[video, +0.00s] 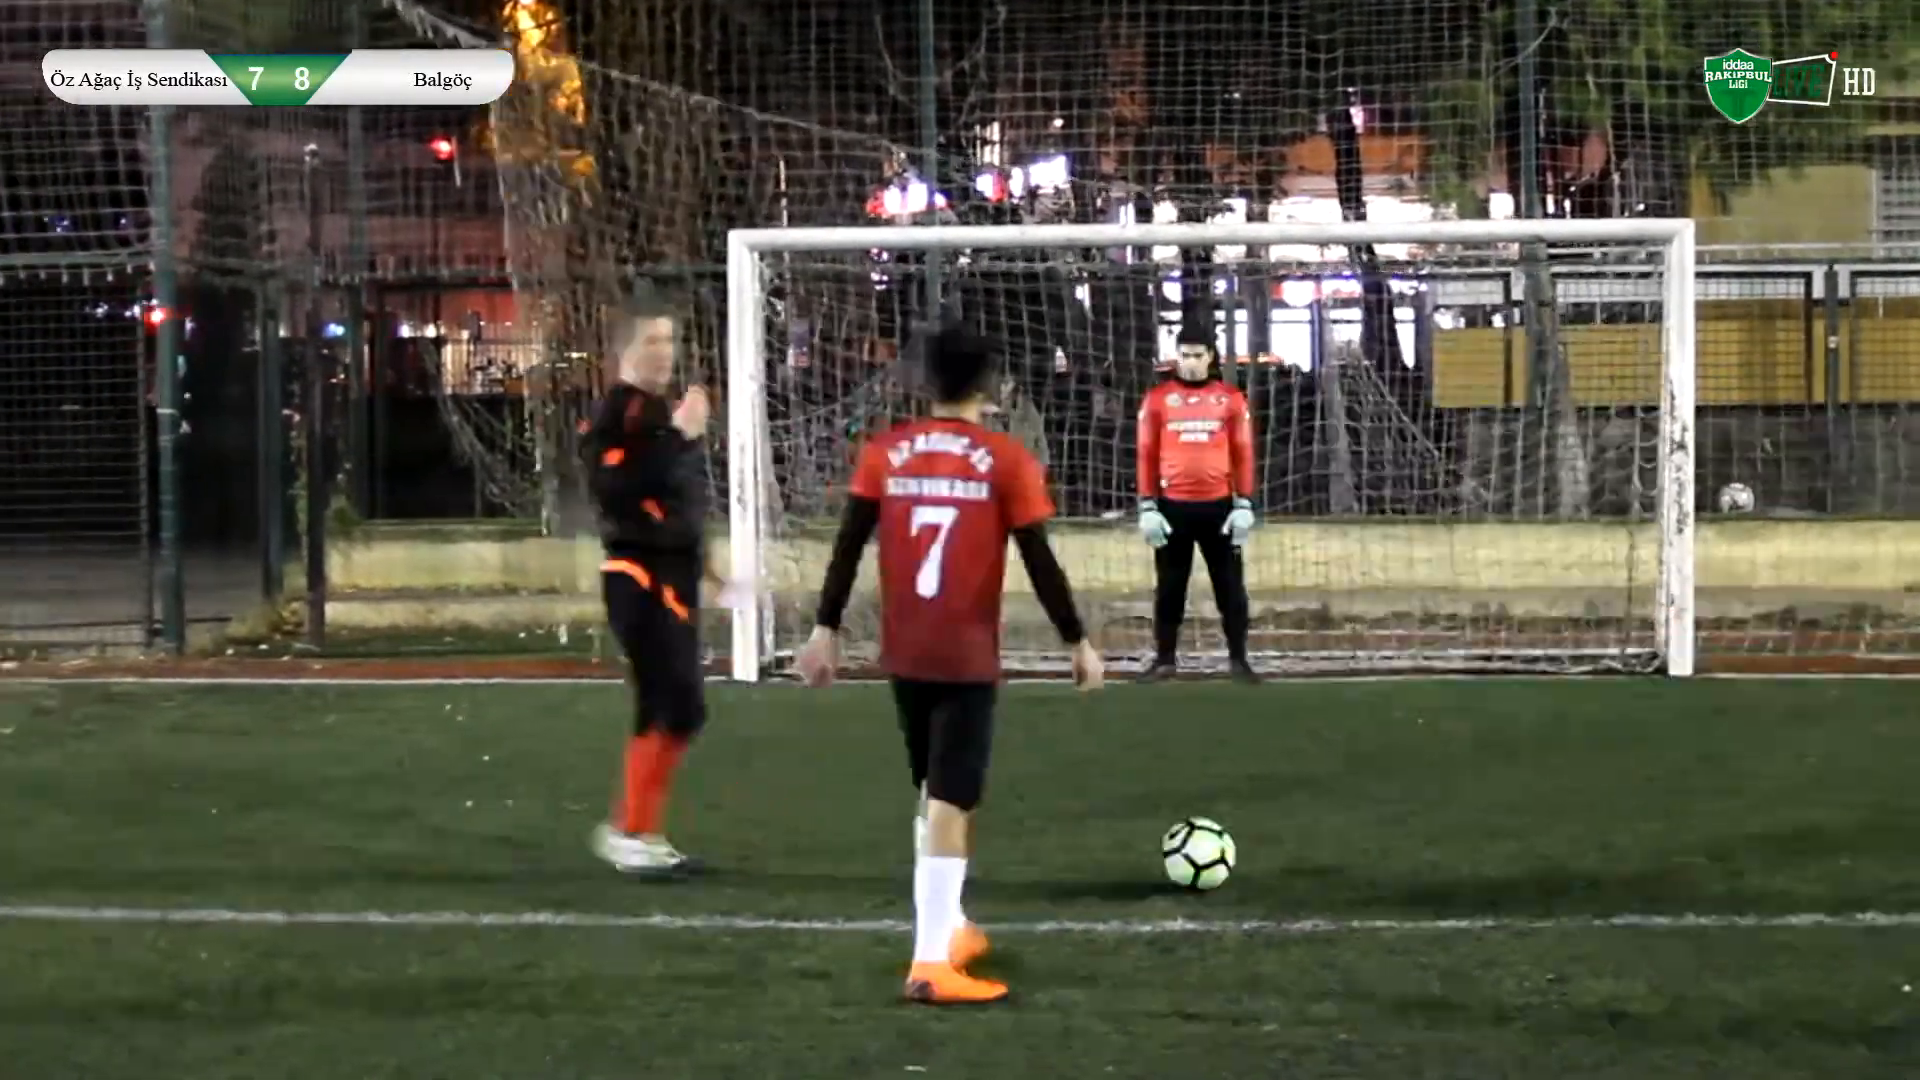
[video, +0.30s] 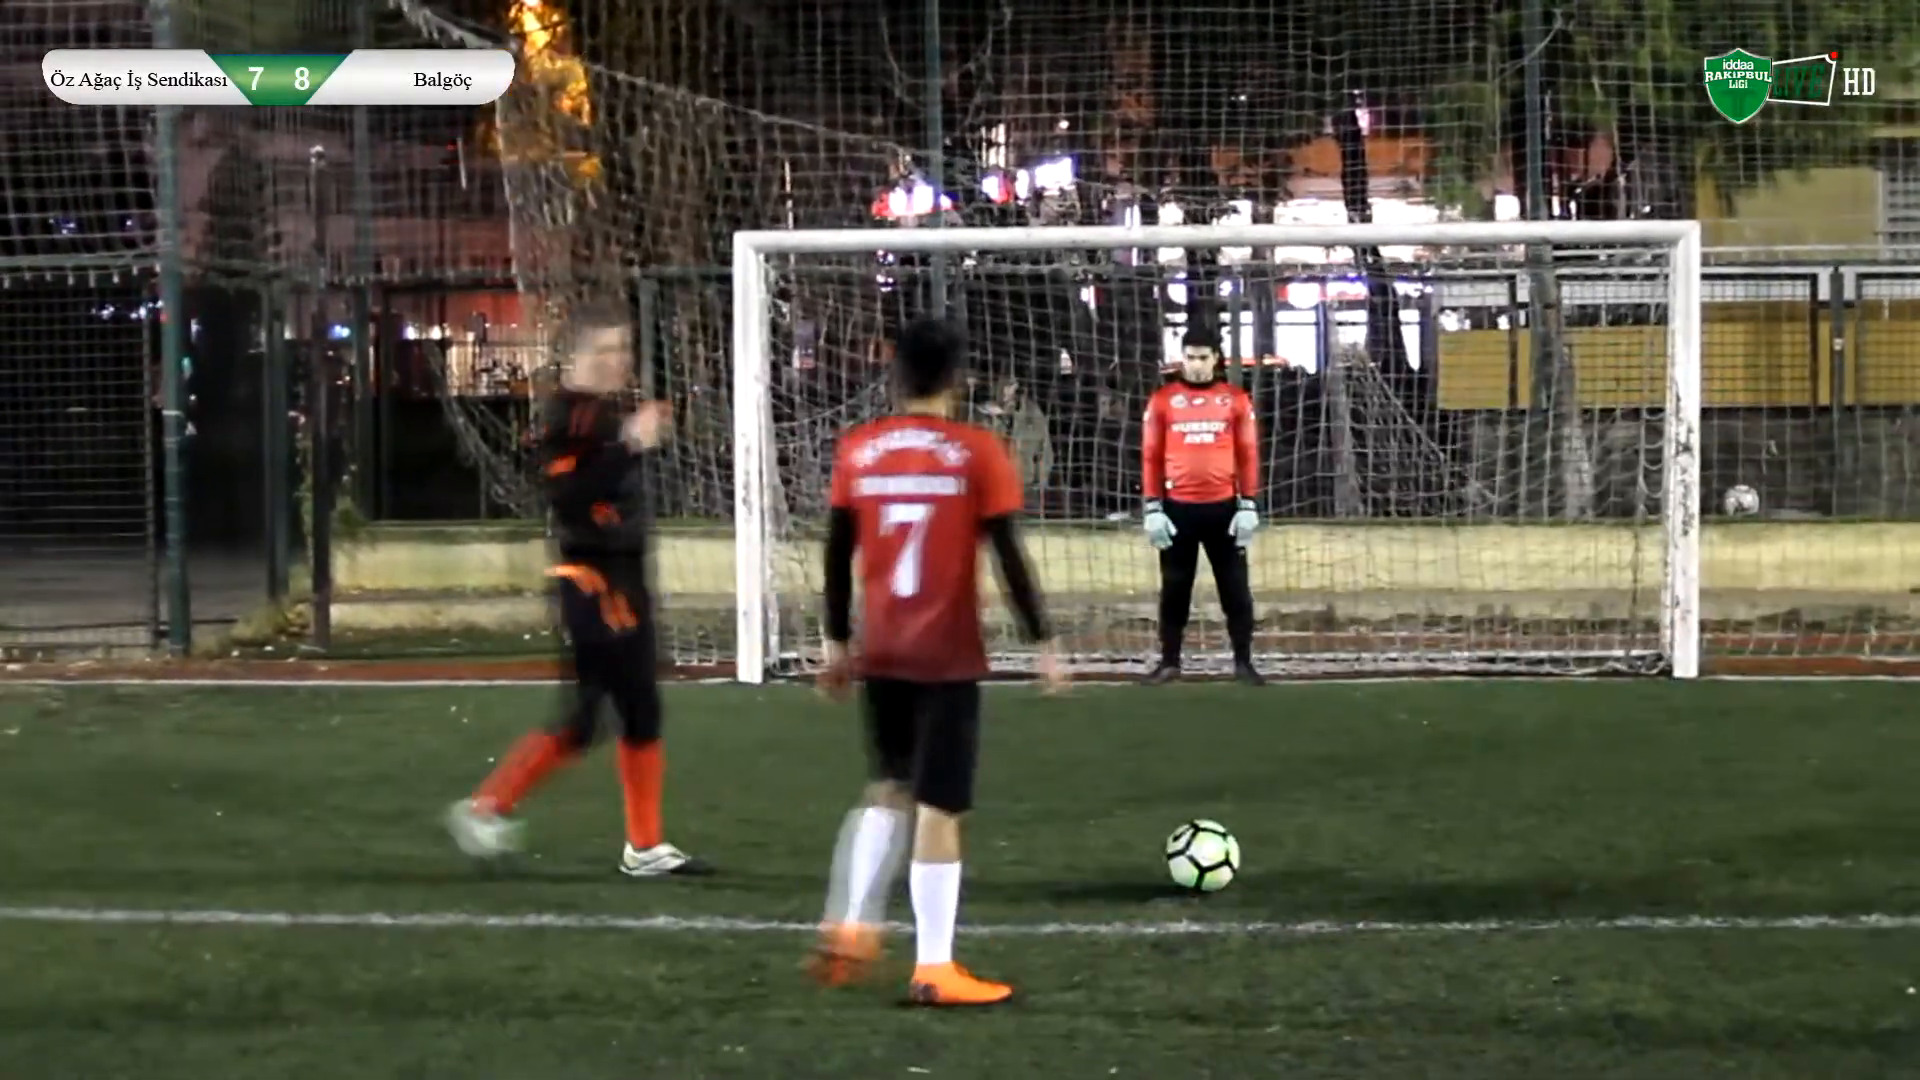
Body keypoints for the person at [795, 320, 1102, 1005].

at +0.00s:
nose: (985, 386)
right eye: (986, 375)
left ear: (926, 380)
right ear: (985, 381)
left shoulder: (886, 449)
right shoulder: (1006, 458)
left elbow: (849, 543)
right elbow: (1040, 562)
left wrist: (825, 627)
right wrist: (1077, 639)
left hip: (904, 651)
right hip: (968, 655)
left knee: (932, 786)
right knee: (952, 800)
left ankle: (946, 924)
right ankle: (930, 957)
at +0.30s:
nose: (959, 381)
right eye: (960, 372)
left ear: (898, 372)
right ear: (957, 376)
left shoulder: (858, 445)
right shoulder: (980, 449)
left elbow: (837, 551)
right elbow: (1008, 554)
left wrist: (836, 637)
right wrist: (1043, 638)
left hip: (878, 648)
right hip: (947, 653)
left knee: (891, 782)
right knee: (940, 805)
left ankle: (849, 926)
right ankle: (934, 963)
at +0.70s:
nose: (891, 390)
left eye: (883, 379)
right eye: (888, 381)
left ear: (824, 385)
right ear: (881, 385)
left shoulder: (782, 460)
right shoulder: (895, 459)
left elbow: (791, 556)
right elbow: (915, 566)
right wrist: (940, 658)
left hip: (807, 671)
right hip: (881, 671)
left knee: (786, 809)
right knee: (898, 816)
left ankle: (740, 967)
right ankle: (922, 967)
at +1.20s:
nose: (829, 384)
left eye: (826, 372)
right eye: (826, 374)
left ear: (762, 380)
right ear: (817, 382)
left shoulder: (714, 461)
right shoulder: (828, 461)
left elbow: (708, 569)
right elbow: (828, 574)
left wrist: (757, 617)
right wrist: (839, 673)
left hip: (729, 670)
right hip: (802, 670)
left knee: (736, 817)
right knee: (839, 813)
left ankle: (735, 982)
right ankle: (820, 972)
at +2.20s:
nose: (785, 383)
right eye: (784, 374)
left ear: (716, 380)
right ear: (780, 382)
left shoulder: (668, 459)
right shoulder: (792, 463)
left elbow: (643, 569)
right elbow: (816, 575)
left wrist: (639, 657)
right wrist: (853, 671)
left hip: (683, 671)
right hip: (756, 676)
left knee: (707, 818)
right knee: (741, 837)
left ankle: (679, 981)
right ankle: (731, 1001)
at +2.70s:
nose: (693, 384)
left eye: (687, 373)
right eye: (729, 380)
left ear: (680, 383)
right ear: (743, 388)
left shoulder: (634, 462)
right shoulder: (756, 466)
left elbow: (646, 558)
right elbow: (765, 580)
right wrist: (788, 678)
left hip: (653, 679)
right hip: (732, 682)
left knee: (662, 828)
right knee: (768, 819)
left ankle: (665, 1002)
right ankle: (744, 983)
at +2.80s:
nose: (690, 384)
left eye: (684, 371)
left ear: (677, 382)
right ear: (741, 387)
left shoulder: (630, 460)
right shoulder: (754, 466)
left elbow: (641, 559)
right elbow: (757, 581)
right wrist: (776, 682)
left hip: (652, 680)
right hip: (730, 681)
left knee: (662, 828)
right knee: (767, 817)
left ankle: (665, 1002)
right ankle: (755, 984)